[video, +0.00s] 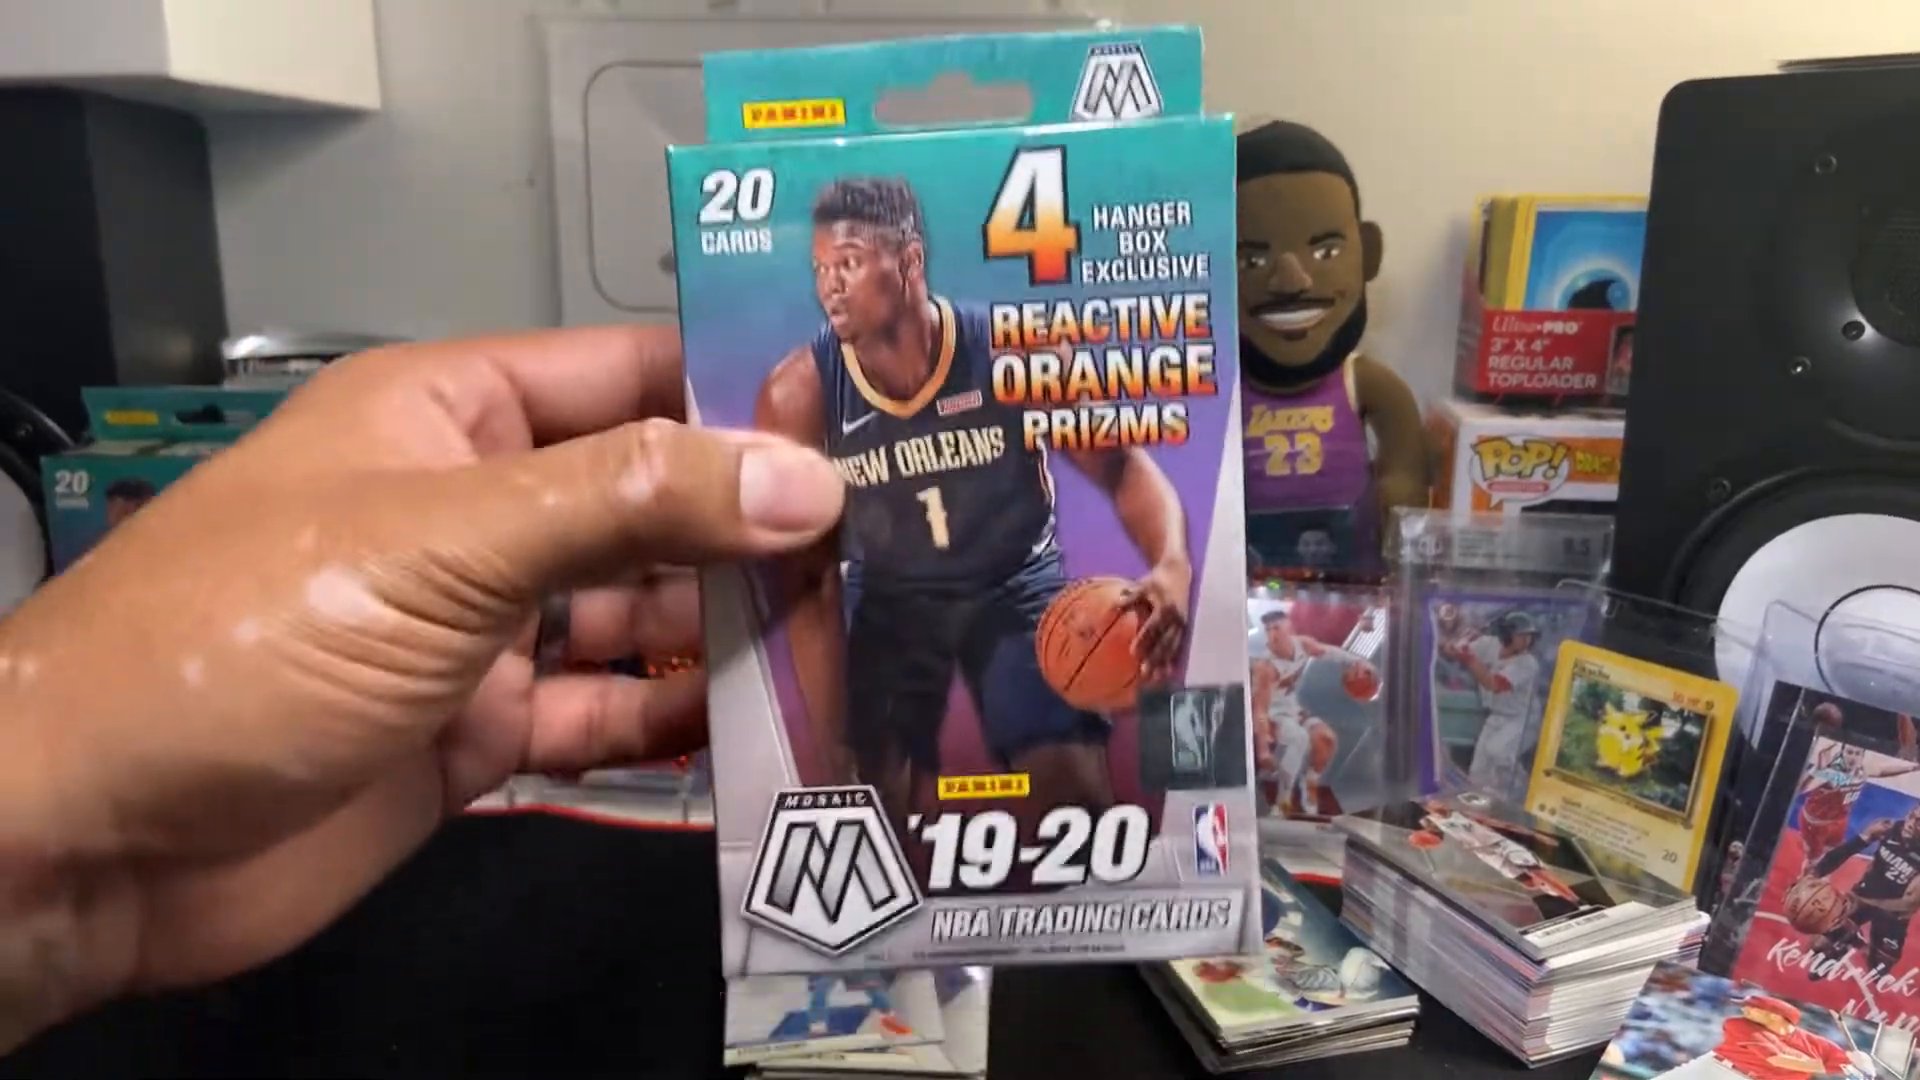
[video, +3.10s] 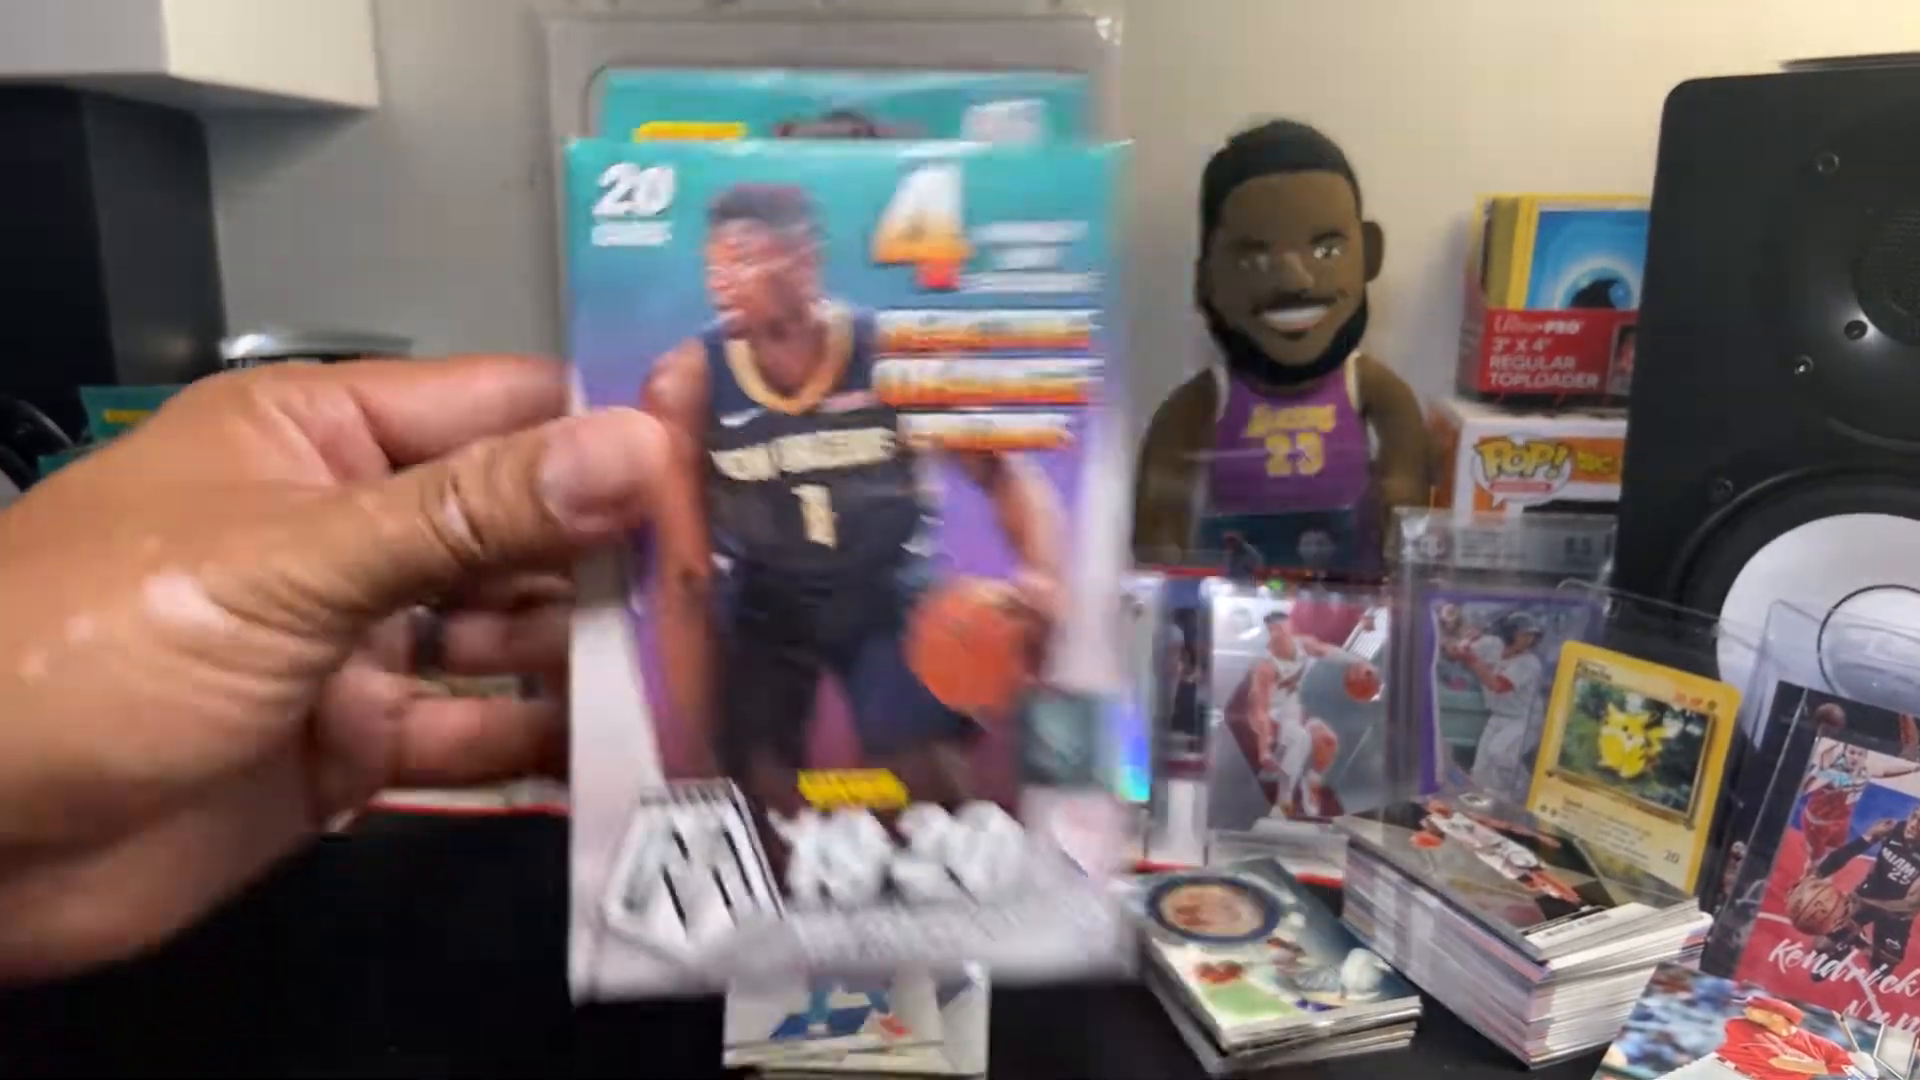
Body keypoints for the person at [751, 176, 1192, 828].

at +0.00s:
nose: (830, 287)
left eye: (849, 264)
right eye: (821, 269)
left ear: (910, 262)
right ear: (813, 276)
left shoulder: (1008, 352)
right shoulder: (799, 393)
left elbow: (1120, 466)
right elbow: (808, 580)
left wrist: (1173, 564)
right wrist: (829, 750)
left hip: (1018, 593)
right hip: (893, 606)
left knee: (1069, 790)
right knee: (877, 809)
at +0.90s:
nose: (803, 264)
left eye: (825, 237)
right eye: (793, 242)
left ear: (888, 238)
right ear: (782, 253)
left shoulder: (997, 339)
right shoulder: (769, 383)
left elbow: (1123, 461)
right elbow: (785, 593)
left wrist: (1173, 566)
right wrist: (809, 783)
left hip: (1004, 611)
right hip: (875, 623)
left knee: (1068, 801)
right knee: (859, 828)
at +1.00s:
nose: (811, 408)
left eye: (832, 384)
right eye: (801, 389)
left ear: (895, 387)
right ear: (791, 399)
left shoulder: (999, 487)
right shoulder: (774, 520)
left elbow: (1115, 608)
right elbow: (781, 728)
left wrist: (1162, 712)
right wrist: (790, 920)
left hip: (999, 750)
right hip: (870, 759)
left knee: (1052, 946)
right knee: (842, 963)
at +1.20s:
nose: (783, 301)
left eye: (803, 277)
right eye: (774, 281)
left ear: (866, 277)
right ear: (765, 290)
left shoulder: (972, 371)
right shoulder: (752, 413)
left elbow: (1090, 487)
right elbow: (767, 612)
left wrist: (1138, 584)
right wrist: (788, 790)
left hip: (982, 632)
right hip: (855, 646)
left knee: (1042, 821)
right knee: (835, 843)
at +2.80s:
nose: (776, 316)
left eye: (799, 292)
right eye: (768, 296)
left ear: (870, 290)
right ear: (760, 304)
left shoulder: (980, 393)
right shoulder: (739, 437)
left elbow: (1104, 525)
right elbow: (751, 654)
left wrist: (1162, 638)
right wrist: (765, 854)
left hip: (985, 662)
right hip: (839, 674)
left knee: (1043, 902)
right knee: (806, 903)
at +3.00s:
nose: (828, 306)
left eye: (854, 282)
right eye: (819, 283)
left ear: (922, 290)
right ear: (806, 292)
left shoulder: (1028, 406)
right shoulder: (780, 427)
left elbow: (1157, 557)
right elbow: (767, 655)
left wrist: (1202, 680)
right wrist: (767, 858)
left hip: (1008, 695)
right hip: (865, 698)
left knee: (1054, 907)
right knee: (837, 913)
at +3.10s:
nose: (720, 282)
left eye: (742, 260)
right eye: (715, 263)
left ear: (803, 263)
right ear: (708, 272)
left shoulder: (893, 358)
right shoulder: (686, 385)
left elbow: (1002, 473)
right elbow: (686, 580)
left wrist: (1042, 577)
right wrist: (690, 761)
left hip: (886, 600)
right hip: (768, 607)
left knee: (926, 769)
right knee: (757, 787)